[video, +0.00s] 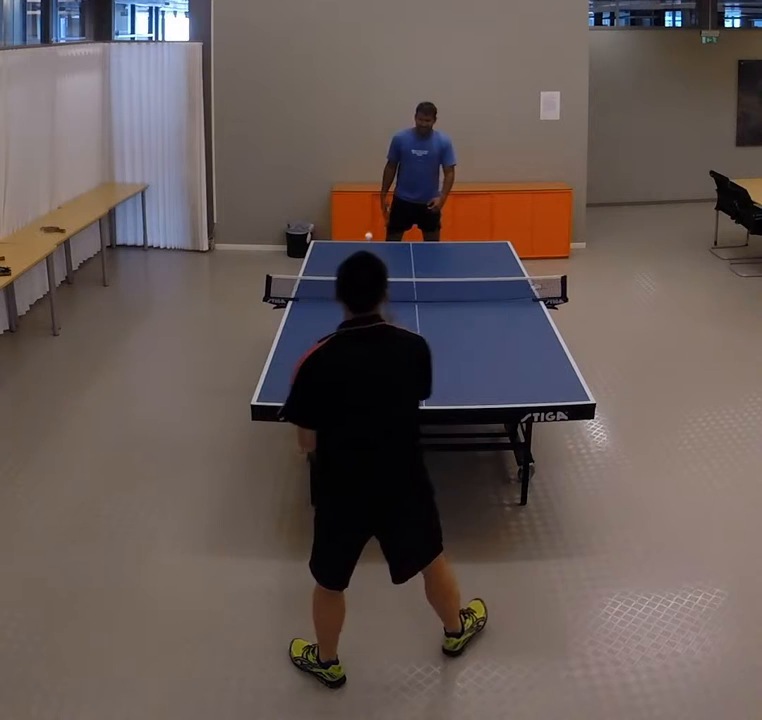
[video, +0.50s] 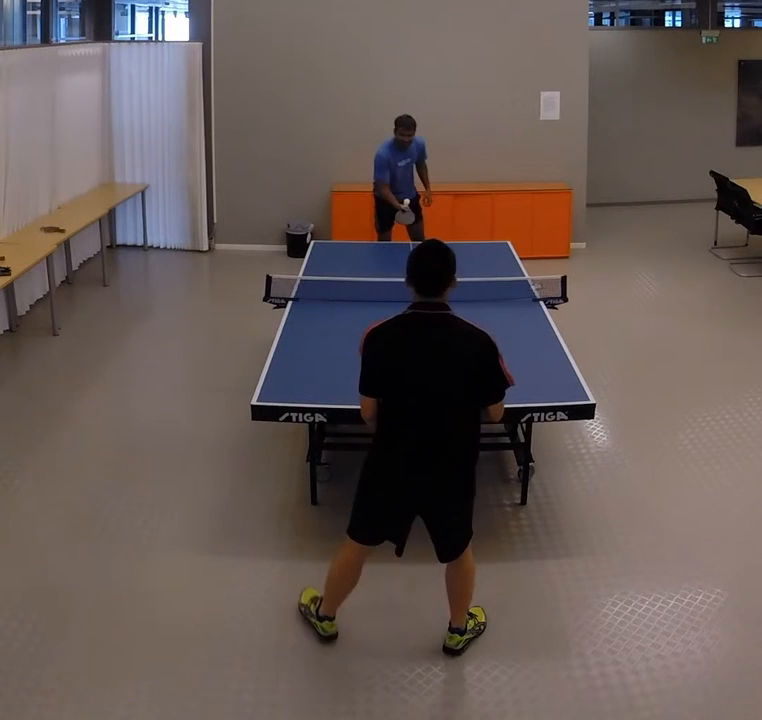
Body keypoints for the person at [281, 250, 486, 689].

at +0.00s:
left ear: (338, 295)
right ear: (384, 293)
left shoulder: (318, 360)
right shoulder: (413, 348)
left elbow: (306, 441)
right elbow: (417, 399)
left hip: (343, 489)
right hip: (404, 481)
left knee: (330, 578)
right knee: (430, 557)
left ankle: (326, 660)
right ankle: (456, 629)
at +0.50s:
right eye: (451, 275)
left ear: (409, 280)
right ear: (453, 281)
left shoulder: (380, 337)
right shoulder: (477, 342)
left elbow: (368, 411)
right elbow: (495, 411)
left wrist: (396, 427)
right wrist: (461, 394)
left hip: (390, 464)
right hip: (451, 467)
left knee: (357, 544)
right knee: (457, 550)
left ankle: (325, 615)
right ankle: (458, 628)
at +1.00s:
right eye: (391, 271)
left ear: (349, 278)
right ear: (392, 277)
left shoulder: (326, 333)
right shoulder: (419, 331)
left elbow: (315, 403)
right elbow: (436, 400)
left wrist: (340, 426)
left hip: (349, 454)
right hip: (408, 453)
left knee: (334, 533)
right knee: (441, 532)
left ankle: (320, 604)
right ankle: (467, 615)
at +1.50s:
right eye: (448, 282)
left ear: (409, 289)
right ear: (452, 288)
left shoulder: (384, 345)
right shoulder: (475, 346)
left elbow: (377, 418)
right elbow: (497, 413)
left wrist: (394, 446)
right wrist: (465, 392)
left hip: (396, 466)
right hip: (455, 466)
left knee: (356, 538)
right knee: (486, 536)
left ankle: (322, 617)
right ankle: (502, 615)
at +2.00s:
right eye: (439, 285)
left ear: (400, 292)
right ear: (443, 291)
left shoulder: (375, 348)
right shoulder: (466, 348)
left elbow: (366, 421)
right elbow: (489, 416)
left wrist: (383, 450)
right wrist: (486, 389)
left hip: (390, 468)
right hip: (448, 468)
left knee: (352, 542)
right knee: (480, 541)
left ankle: (323, 621)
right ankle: (502, 616)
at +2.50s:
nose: (490, 283)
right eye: (494, 277)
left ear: (450, 282)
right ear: (493, 281)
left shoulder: (424, 332)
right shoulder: (515, 334)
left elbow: (400, 399)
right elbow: (544, 409)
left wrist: (407, 438)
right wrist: (558, 431)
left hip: (434, 454)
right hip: (492, 458)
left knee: (393, 539)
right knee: (505, 532)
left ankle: (357, 620)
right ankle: (502, 613)